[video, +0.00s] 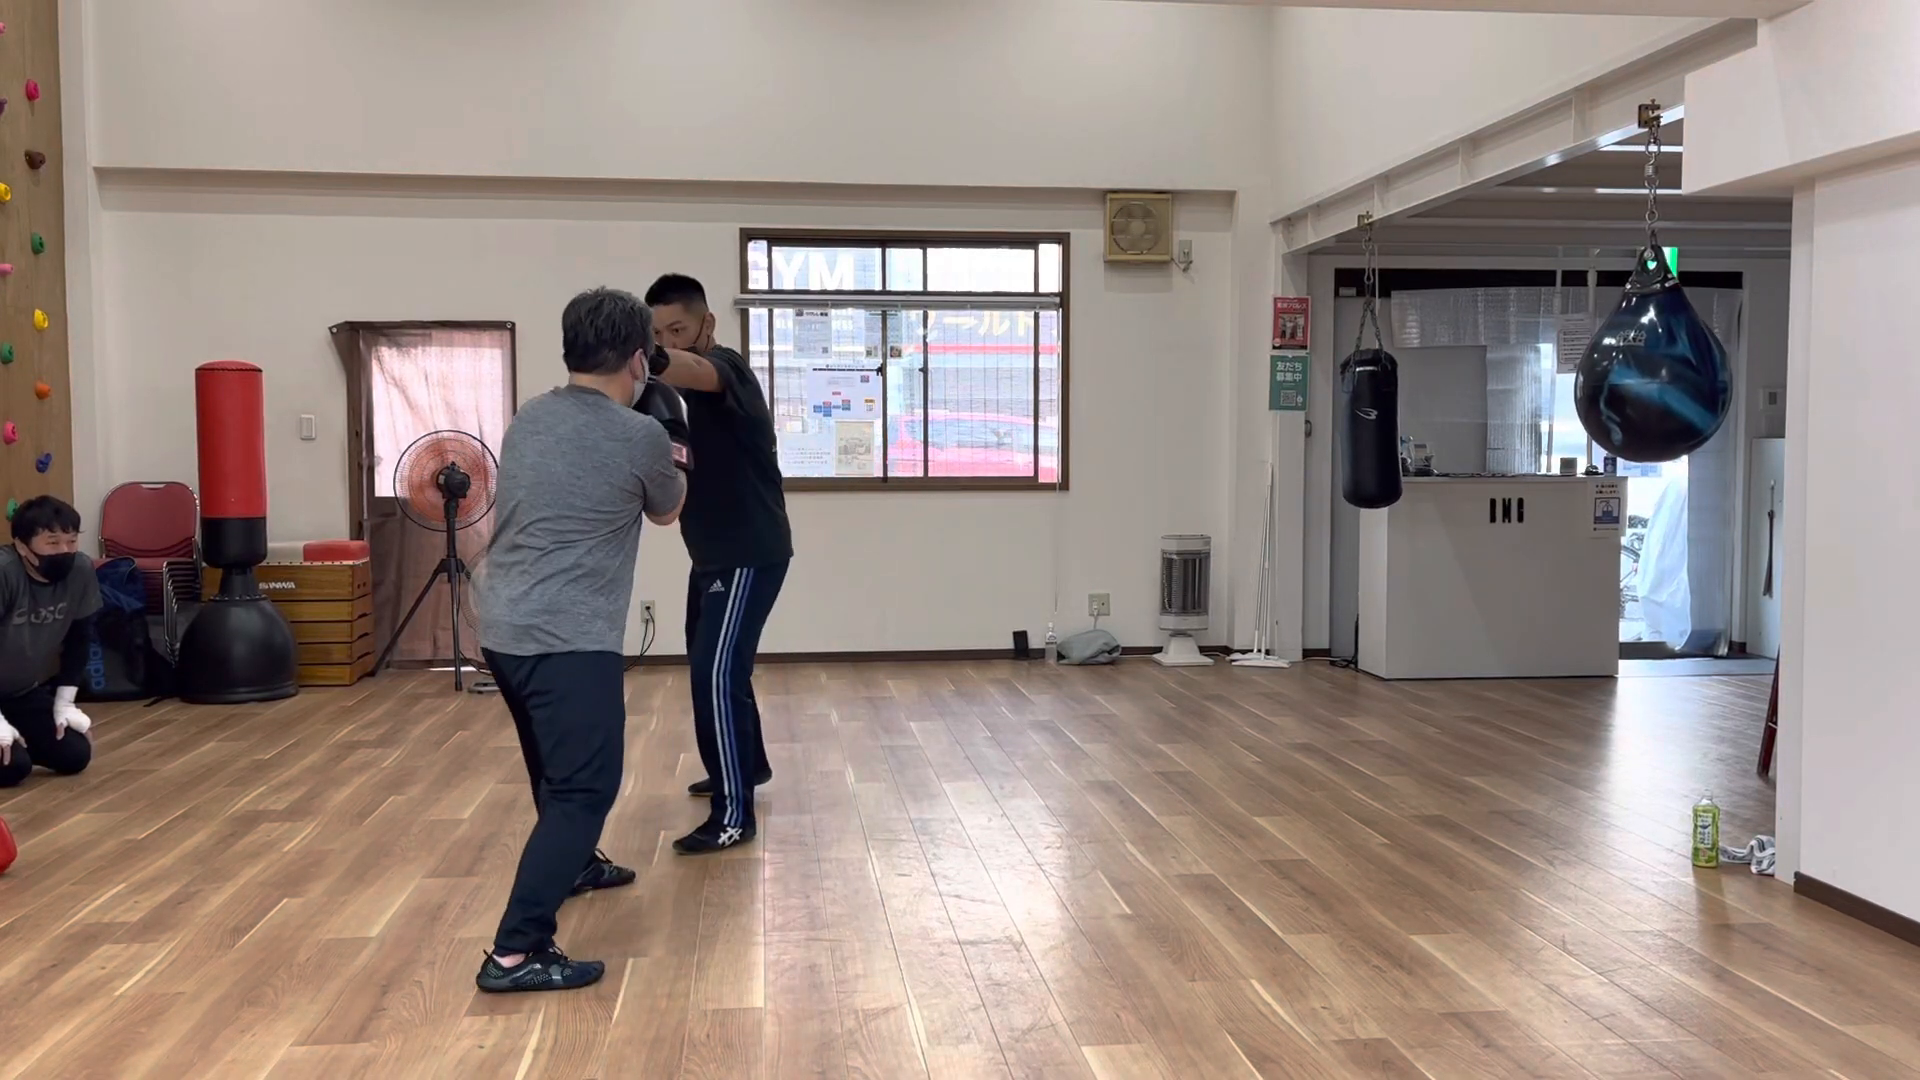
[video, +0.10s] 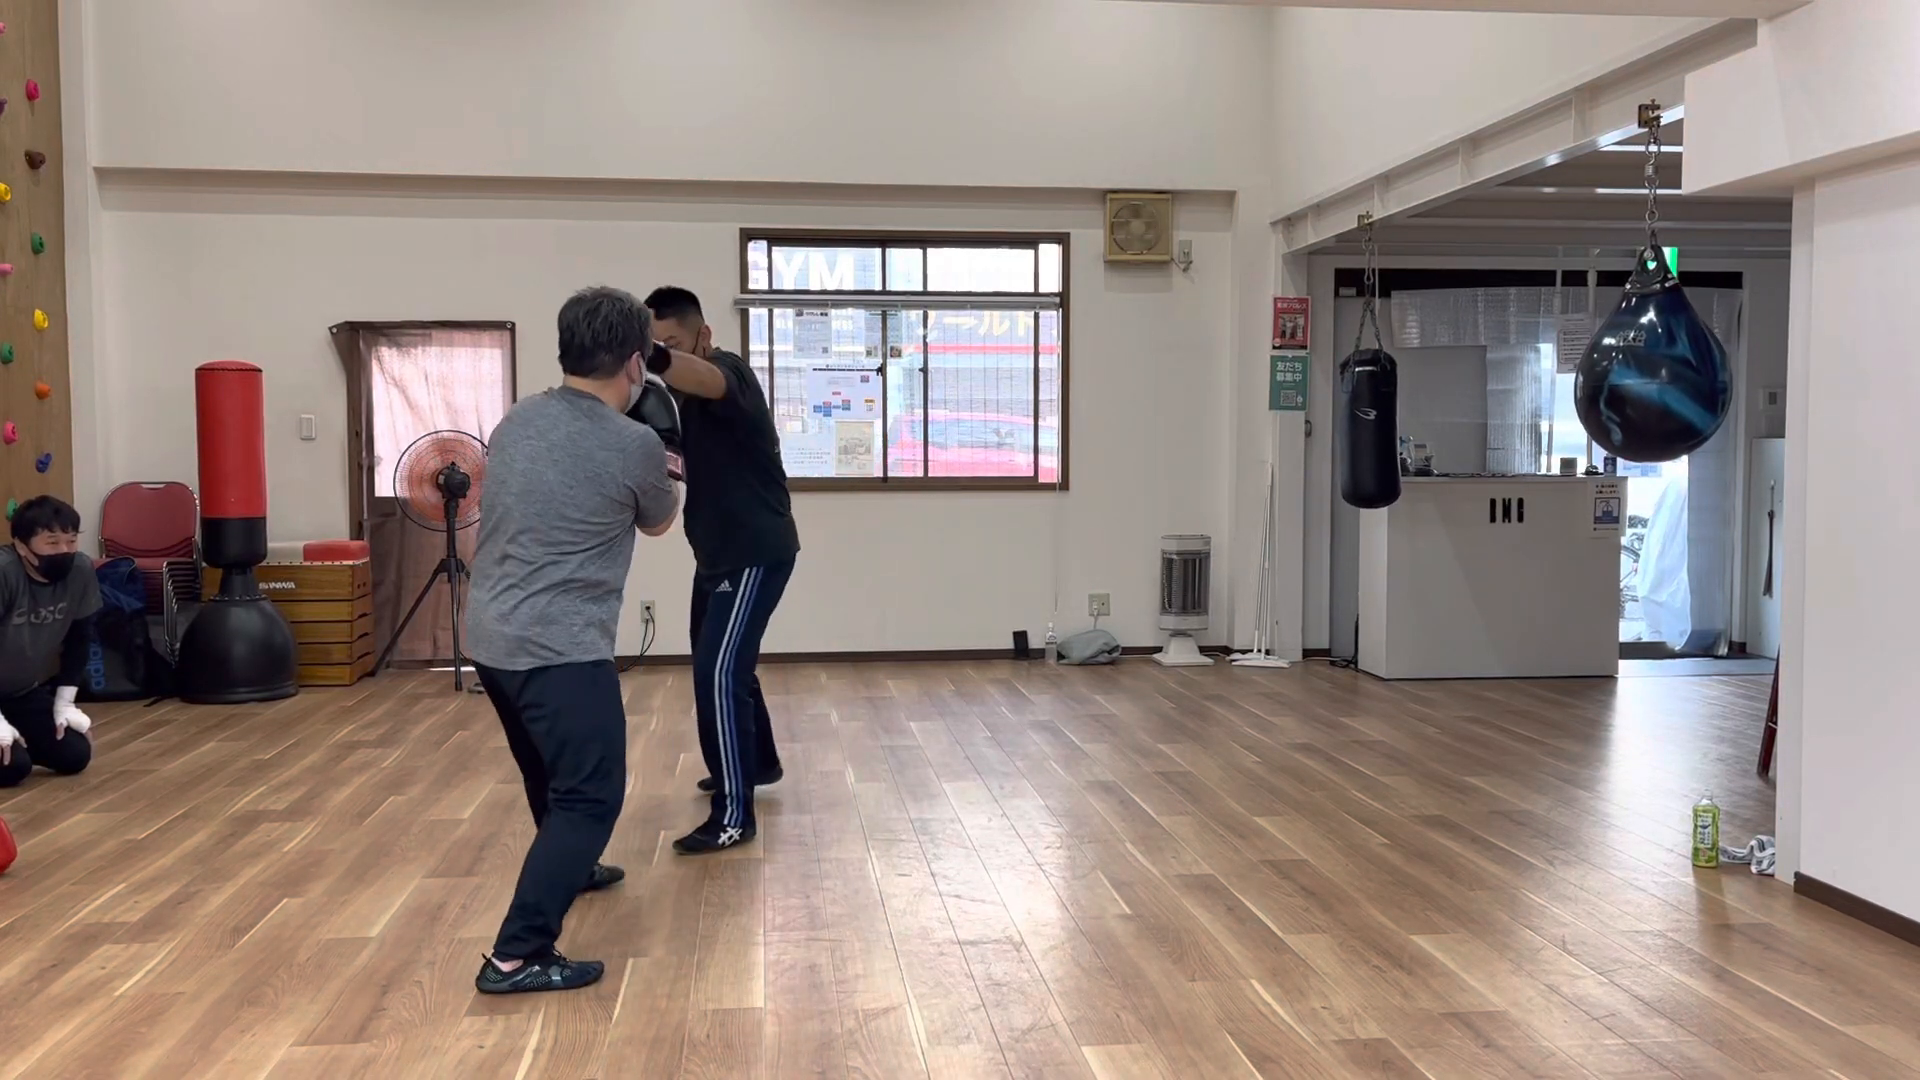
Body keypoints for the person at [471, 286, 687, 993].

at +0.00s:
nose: (652, 361)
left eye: (651, 350)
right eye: (650, 350)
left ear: (570, 354)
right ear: (633, 357)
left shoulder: (526, 416)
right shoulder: (642, 432)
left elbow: (515, 499)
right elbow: (666, 507)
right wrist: (666, 449)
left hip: (502, 633)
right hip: (575, 640)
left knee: (551, 763)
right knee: (579, 793)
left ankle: (574, 861)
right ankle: (517, 949)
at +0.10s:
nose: (648, 366)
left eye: (646, 354)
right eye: (647, 355)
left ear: (565, 354)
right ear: (631, 361)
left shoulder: (517, 418)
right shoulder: (635, 442)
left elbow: (511, 497)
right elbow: (659, 519)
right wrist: (658, 461)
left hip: (491, 642)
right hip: (565, 650)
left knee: (543, 767)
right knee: (589, 801)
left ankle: (567, 864)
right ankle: (517, 955)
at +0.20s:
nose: (635, 343)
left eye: (634, 333)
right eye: (634, 332)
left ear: (551, 332)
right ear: (620, 336)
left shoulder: (510, 401)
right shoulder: (619, 416)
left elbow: (530, 478)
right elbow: (655, 505)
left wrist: (620, 437)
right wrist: (659, 450)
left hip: (490, 632)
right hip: (561, 636)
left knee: (531, 769)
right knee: (575, 786)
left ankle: (517, 890)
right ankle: (518, 952)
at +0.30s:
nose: (629, 343)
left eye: (628, 333)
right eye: (627, 332)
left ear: (546, 334)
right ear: (613, 334)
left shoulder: (509, 402)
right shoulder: (612, 407)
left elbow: (525, 483)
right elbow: (657, 502)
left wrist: (621, 440)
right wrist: (665, 456)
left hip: (482, 626)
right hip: (553, 629)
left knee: (527, 768)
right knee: (574, 781)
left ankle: (516, 900)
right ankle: (507, 949)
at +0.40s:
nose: (628, 360)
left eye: (628, 350)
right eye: (627, 349)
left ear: (545, 349)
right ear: (613, 351)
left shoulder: (511, 418)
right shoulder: (610, 430)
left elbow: (542, 493)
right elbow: (652, 517)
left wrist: (618, 445)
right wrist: (660, 467)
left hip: (483, 642)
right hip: (544, 649)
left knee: (533, 773)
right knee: (571, 794)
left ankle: (514, 905)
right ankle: (505, 973)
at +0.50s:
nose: (631, 365)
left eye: (629, 355)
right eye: (629, 355)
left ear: (546, 355)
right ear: (615, 357)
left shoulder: (506, 423)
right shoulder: (615, 438)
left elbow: (528, 500)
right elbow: (651, 525)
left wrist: (618, 465)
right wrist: (661, 480)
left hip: (480, 651)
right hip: (548, 660)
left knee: (532, 787)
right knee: (562, 811)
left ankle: (516, 906)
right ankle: (501, 987)